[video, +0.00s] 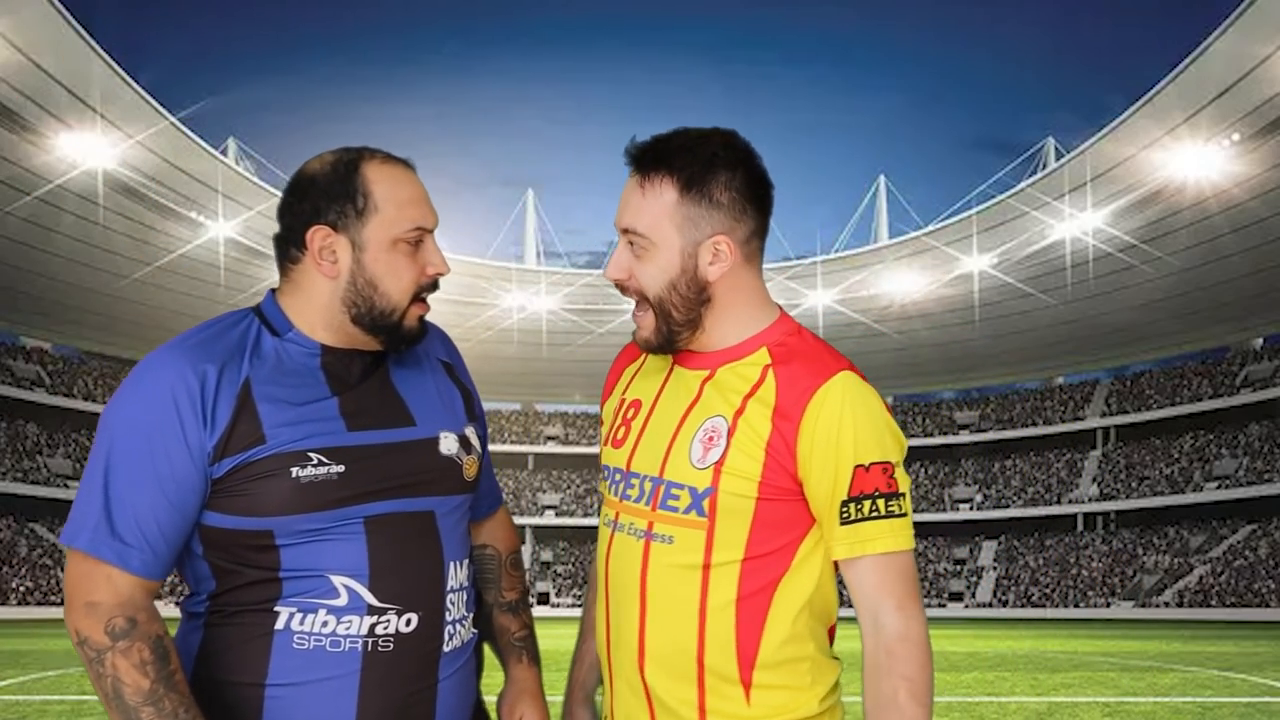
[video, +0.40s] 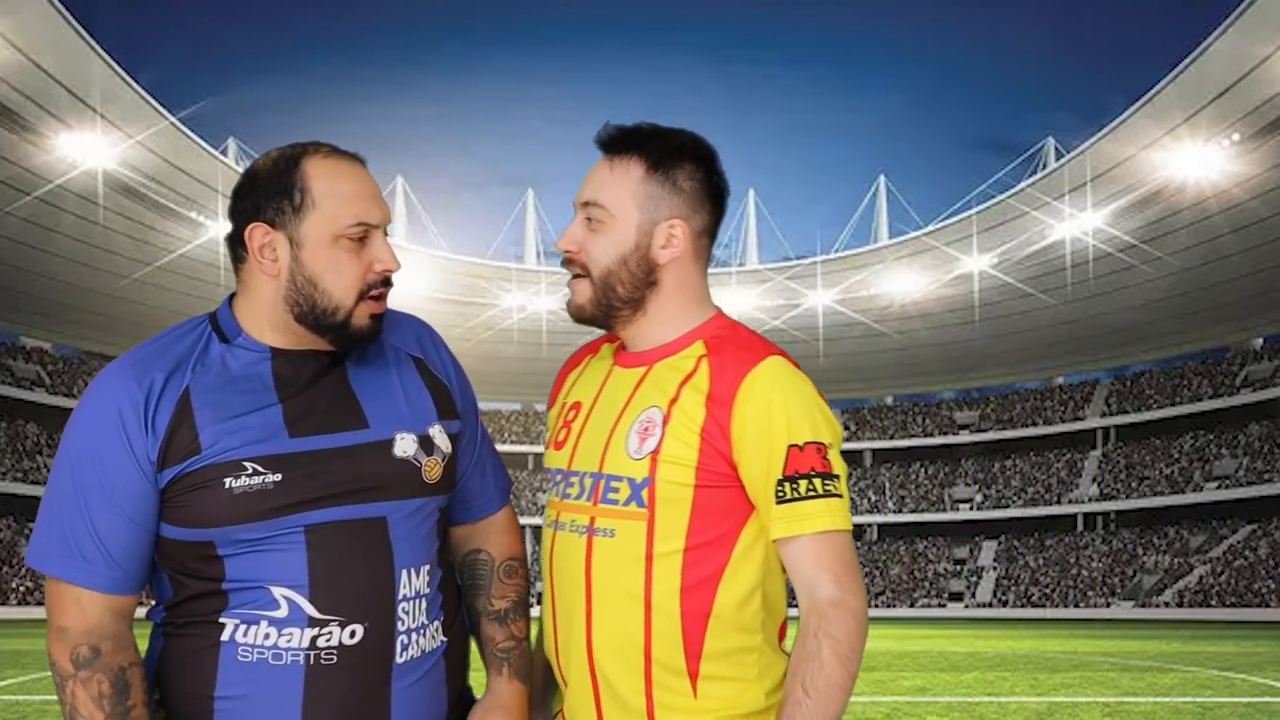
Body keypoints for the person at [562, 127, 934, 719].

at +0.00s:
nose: (613, 272)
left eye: (636, 245)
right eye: (619, 242)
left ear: (717, 256)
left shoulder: (828, 397)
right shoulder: (629, 372)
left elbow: (894, 631)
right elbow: (618, 554)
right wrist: (579, 693)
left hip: (766, 706)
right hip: (625, 706)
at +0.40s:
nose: (564, 242)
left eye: (594, 218)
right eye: (577, 218)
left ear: (668, 241)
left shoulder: (762, 385)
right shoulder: (577, 374)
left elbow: (835, 605)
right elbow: (575, 575)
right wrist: (527, 697)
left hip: (714, 703)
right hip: (580, 703)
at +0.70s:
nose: (465, 261)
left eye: (488, 234)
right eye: (474, 235)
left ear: (563, 245)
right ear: (563, 248)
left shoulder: (702, 372)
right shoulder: (485, 396)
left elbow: (796, 561)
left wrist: (859, 711)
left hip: (706, 703)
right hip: (562, 707)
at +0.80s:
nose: (461, 267)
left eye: (483, 240)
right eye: (470, 241)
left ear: (554, 251)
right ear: (554, 253)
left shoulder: (698, 367)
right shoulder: (487, 400)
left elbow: (797, 558)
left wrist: (870, 711)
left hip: (701, 702)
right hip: (556, 707)